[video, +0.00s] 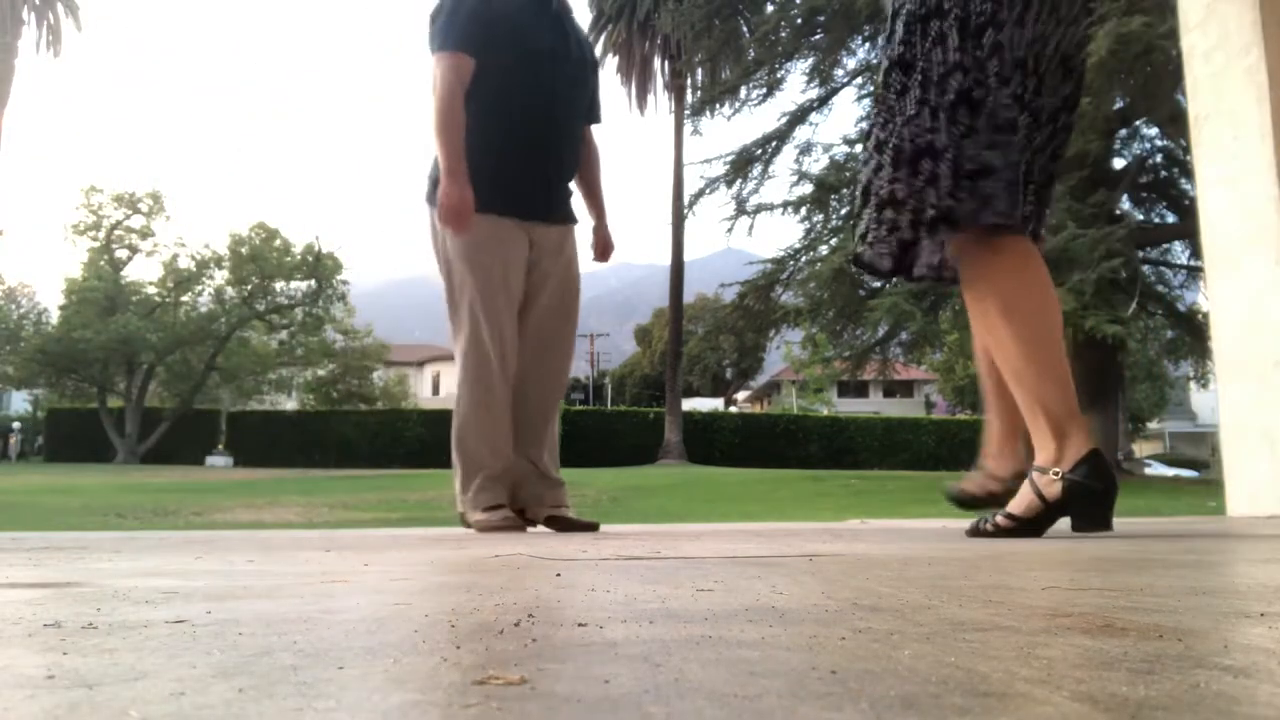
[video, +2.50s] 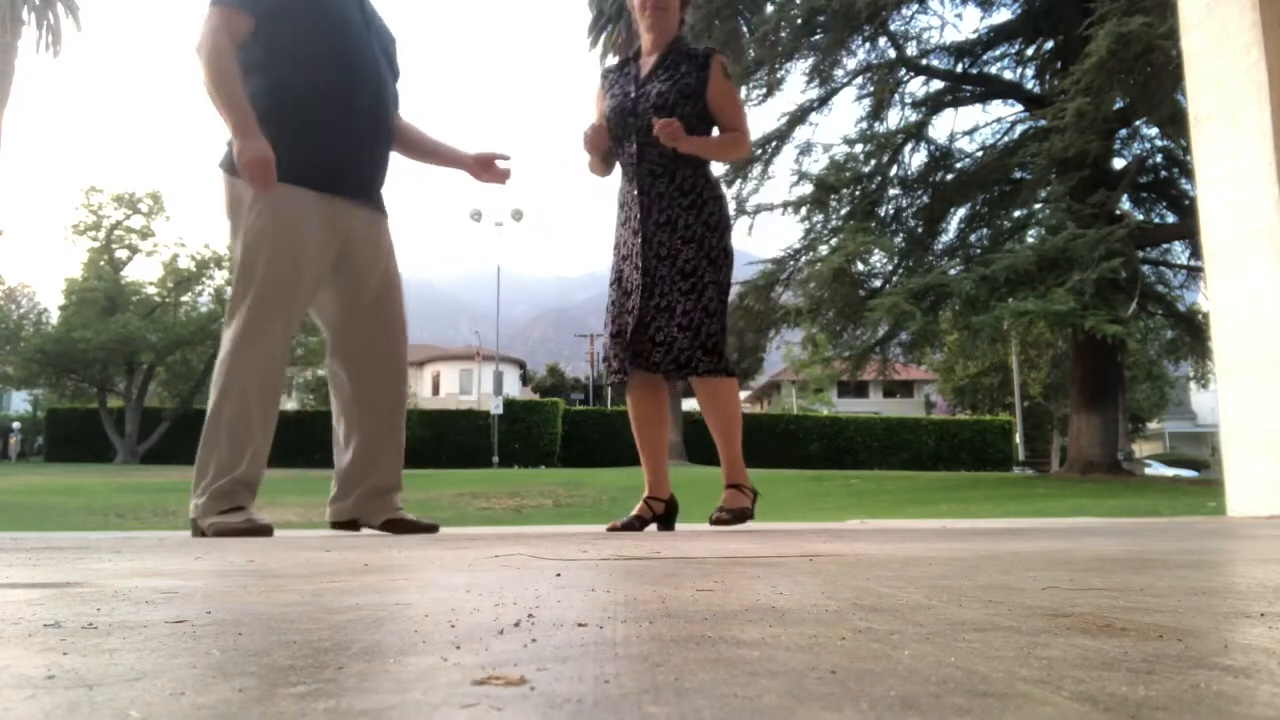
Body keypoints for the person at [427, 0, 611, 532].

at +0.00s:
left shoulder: (576, 39)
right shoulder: (472, 5)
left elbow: (580, 134)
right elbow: (449, 83)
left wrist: (598, 214)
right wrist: (454, 177)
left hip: (552, 213)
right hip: (481, 207)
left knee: (547, 358)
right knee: (487, 354)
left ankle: (539, 495)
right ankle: (484, 499)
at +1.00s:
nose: (493, 24)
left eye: (505, 16)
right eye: (486, 13)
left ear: (521, 27)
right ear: (472, 18)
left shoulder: (531, 114)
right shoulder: (439, 70)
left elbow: (542, 191)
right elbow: (405, 131)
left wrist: (550, 261)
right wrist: (428, 106)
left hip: (507, 256)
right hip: (441, 243)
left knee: (493, 380)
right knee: (425, 370)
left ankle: (486, 504)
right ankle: (405, 498)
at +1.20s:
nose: (471, 17)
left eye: (482, 9)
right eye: (462, 7)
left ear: (496, 20)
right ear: (446, 12)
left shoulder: (506, 110)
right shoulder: (416, 68)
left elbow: (517, 187)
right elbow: (378, 120)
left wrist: (532, 259)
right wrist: (407, 130)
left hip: (485, 254)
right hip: (418, 241)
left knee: (481, 379)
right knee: (388, 364)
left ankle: (484, 506)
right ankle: (340, 494)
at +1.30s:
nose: (452, 11)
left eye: (464, 5)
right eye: (443, 2)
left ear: (476, 16)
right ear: (427, 9)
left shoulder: (488, 109)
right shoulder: (393, 64)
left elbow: (501, 186)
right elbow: (362, 130)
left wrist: (524, 256)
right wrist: (377, 178)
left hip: (471, 255)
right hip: (401, 241)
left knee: (473, 378)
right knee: (368, 366)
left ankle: (484, 506)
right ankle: (313, 499)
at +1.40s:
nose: (435, 8)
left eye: (443, 3)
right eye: (426, 0)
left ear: (453, 13)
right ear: (407, 6)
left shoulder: (468, 104)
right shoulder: (372, 58)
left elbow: (482, 185)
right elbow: (341, 139)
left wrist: (519, 247)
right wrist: (330, 223)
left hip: (448, 260)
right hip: (375, 243)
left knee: (462, 384)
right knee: (344, 373)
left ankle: (485, 506)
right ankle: (306, 503)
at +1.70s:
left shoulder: (432, 60)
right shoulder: (327, 15)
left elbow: (469, 142)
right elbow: (271, 101)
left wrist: (529, 186)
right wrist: (258, 198)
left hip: (415, 229)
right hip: (334, 220)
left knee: (424, 363)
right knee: (317, 362)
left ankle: (410, 503)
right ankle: (303, 503)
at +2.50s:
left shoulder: (377, 29)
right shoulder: (266, 1)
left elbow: (384, 123)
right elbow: (214, 43)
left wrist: (465, 160)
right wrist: (247, 135)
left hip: (360, 206)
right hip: (282, 188)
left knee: (375, 353)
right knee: (257, 346)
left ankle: (366, 500)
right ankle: (221, 505)